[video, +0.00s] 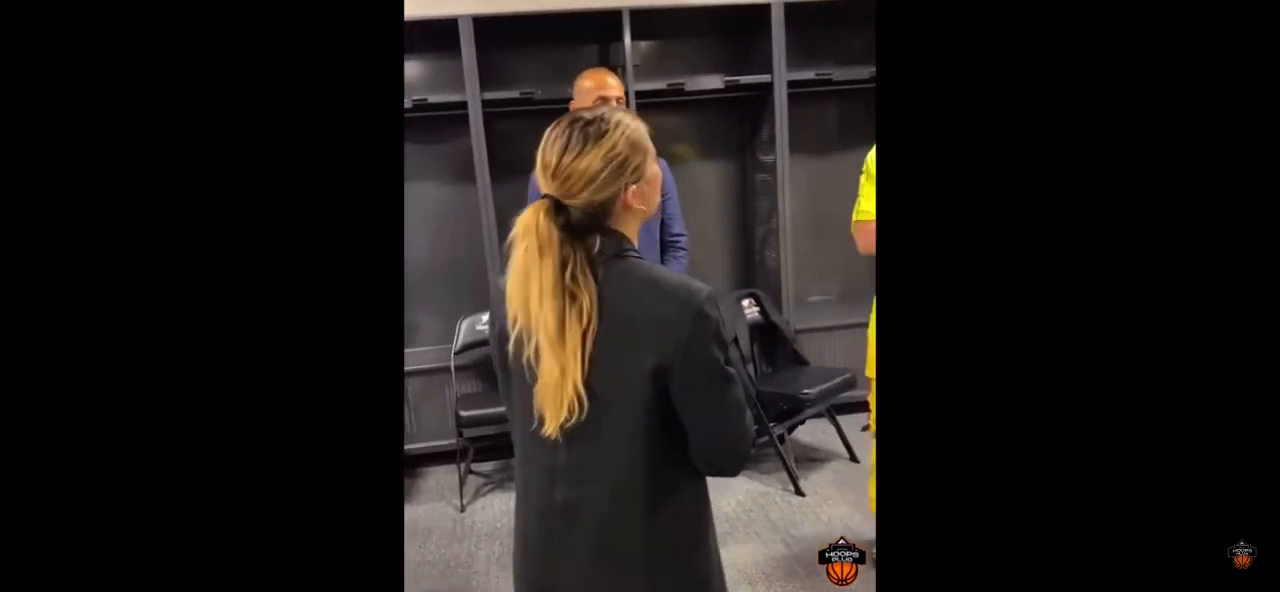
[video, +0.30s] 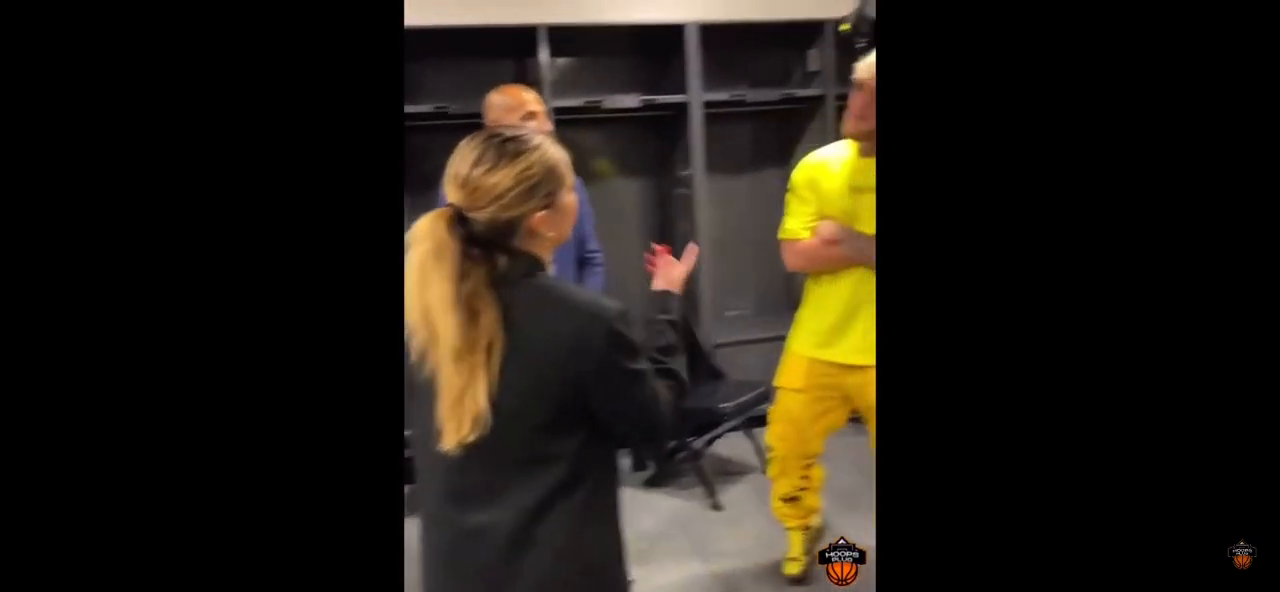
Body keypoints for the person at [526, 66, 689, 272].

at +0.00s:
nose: (612, 111)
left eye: (620, 101)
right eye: (601, 101)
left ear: (626, 104)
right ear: (574, 107)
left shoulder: (654, 169)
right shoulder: (549, 174)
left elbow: (676, 244)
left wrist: (664, 296)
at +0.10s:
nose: (601, 115)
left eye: (603, 104)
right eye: (587, 106)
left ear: (607, 107)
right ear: (553, 115)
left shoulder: (629, 174)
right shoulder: (524, 177)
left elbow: (650, 249)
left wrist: (637, 298)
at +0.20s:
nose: (557, 124)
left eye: (563, 111)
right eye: (546, 116)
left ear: (579, 116)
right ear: (521, 123)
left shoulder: (599, 179)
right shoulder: (494, 183)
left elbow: (622, 251)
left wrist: (611, 307)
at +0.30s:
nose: (547, 127)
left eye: (545, 115)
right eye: (530, 117)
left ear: (551, 119)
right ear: (494, 128)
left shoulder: (567, 185)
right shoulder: (463, 190)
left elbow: (591, 258)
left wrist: (581, 317)